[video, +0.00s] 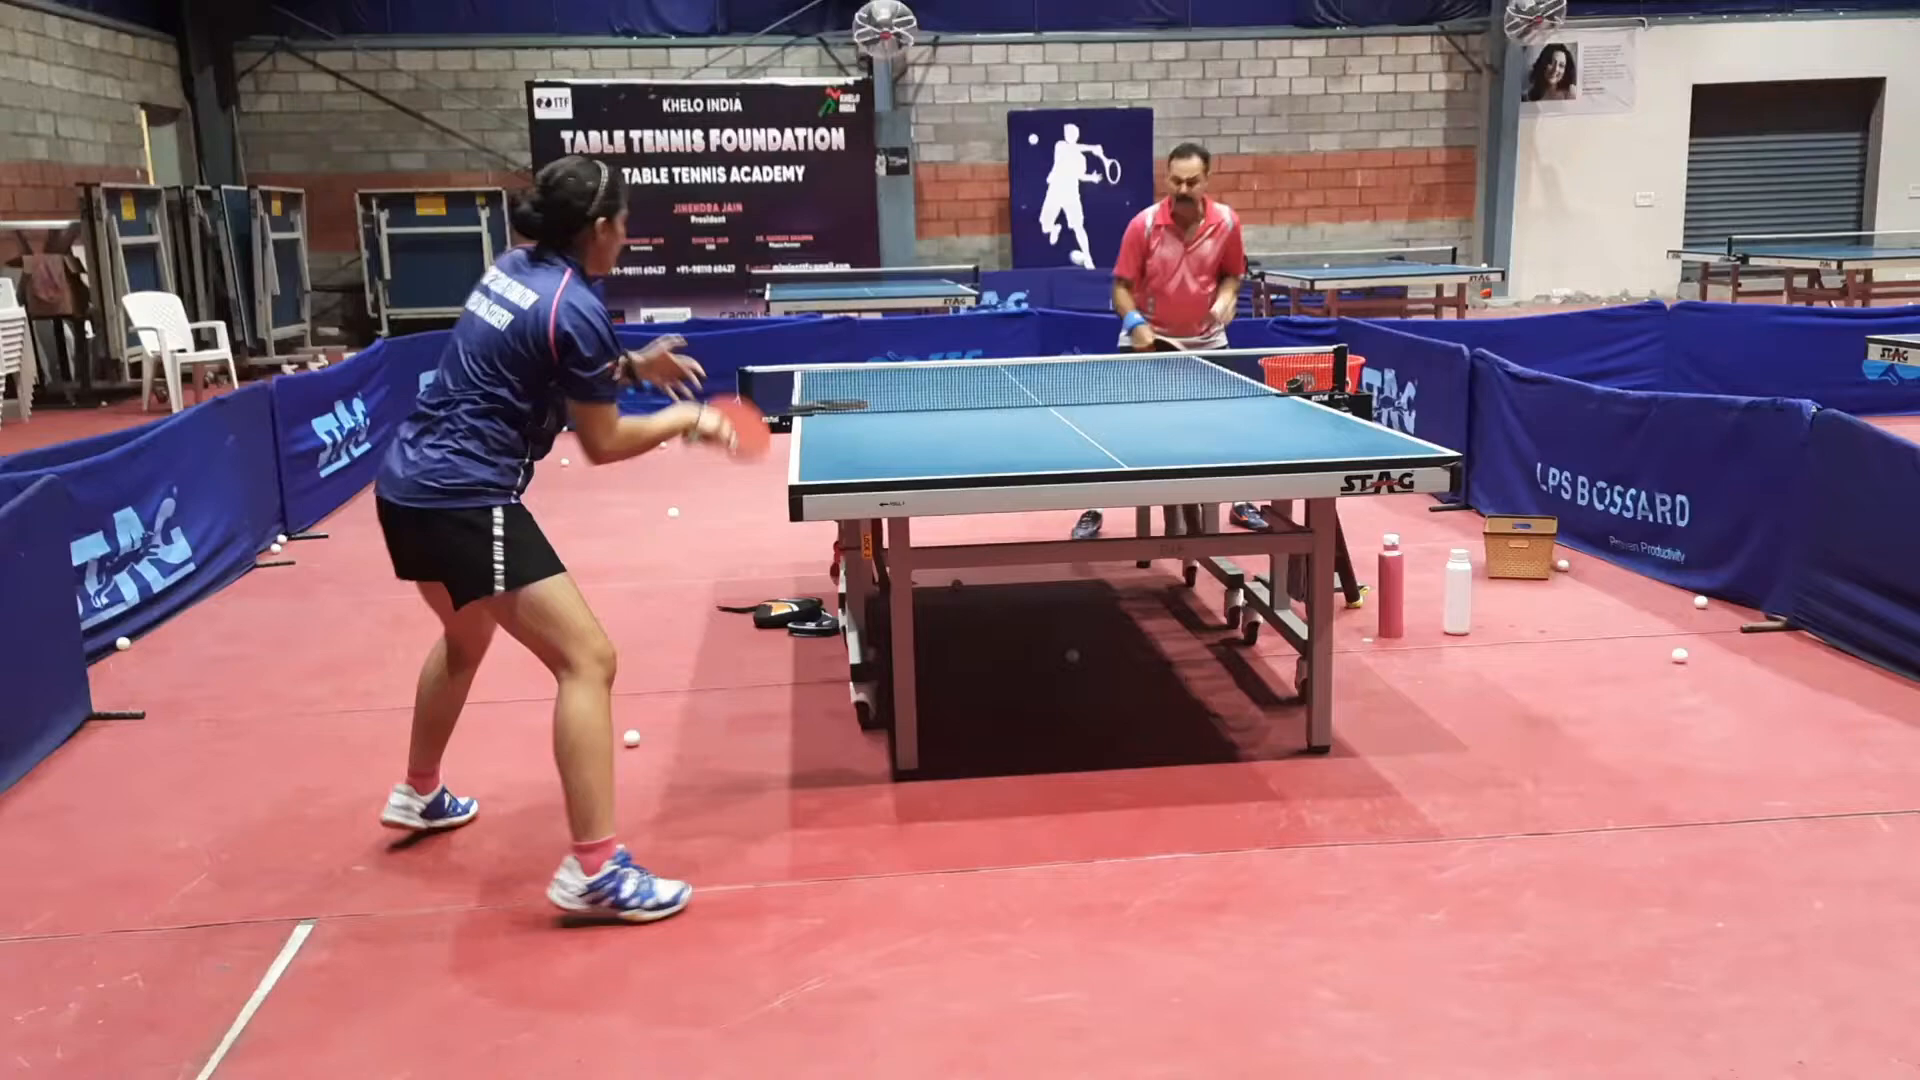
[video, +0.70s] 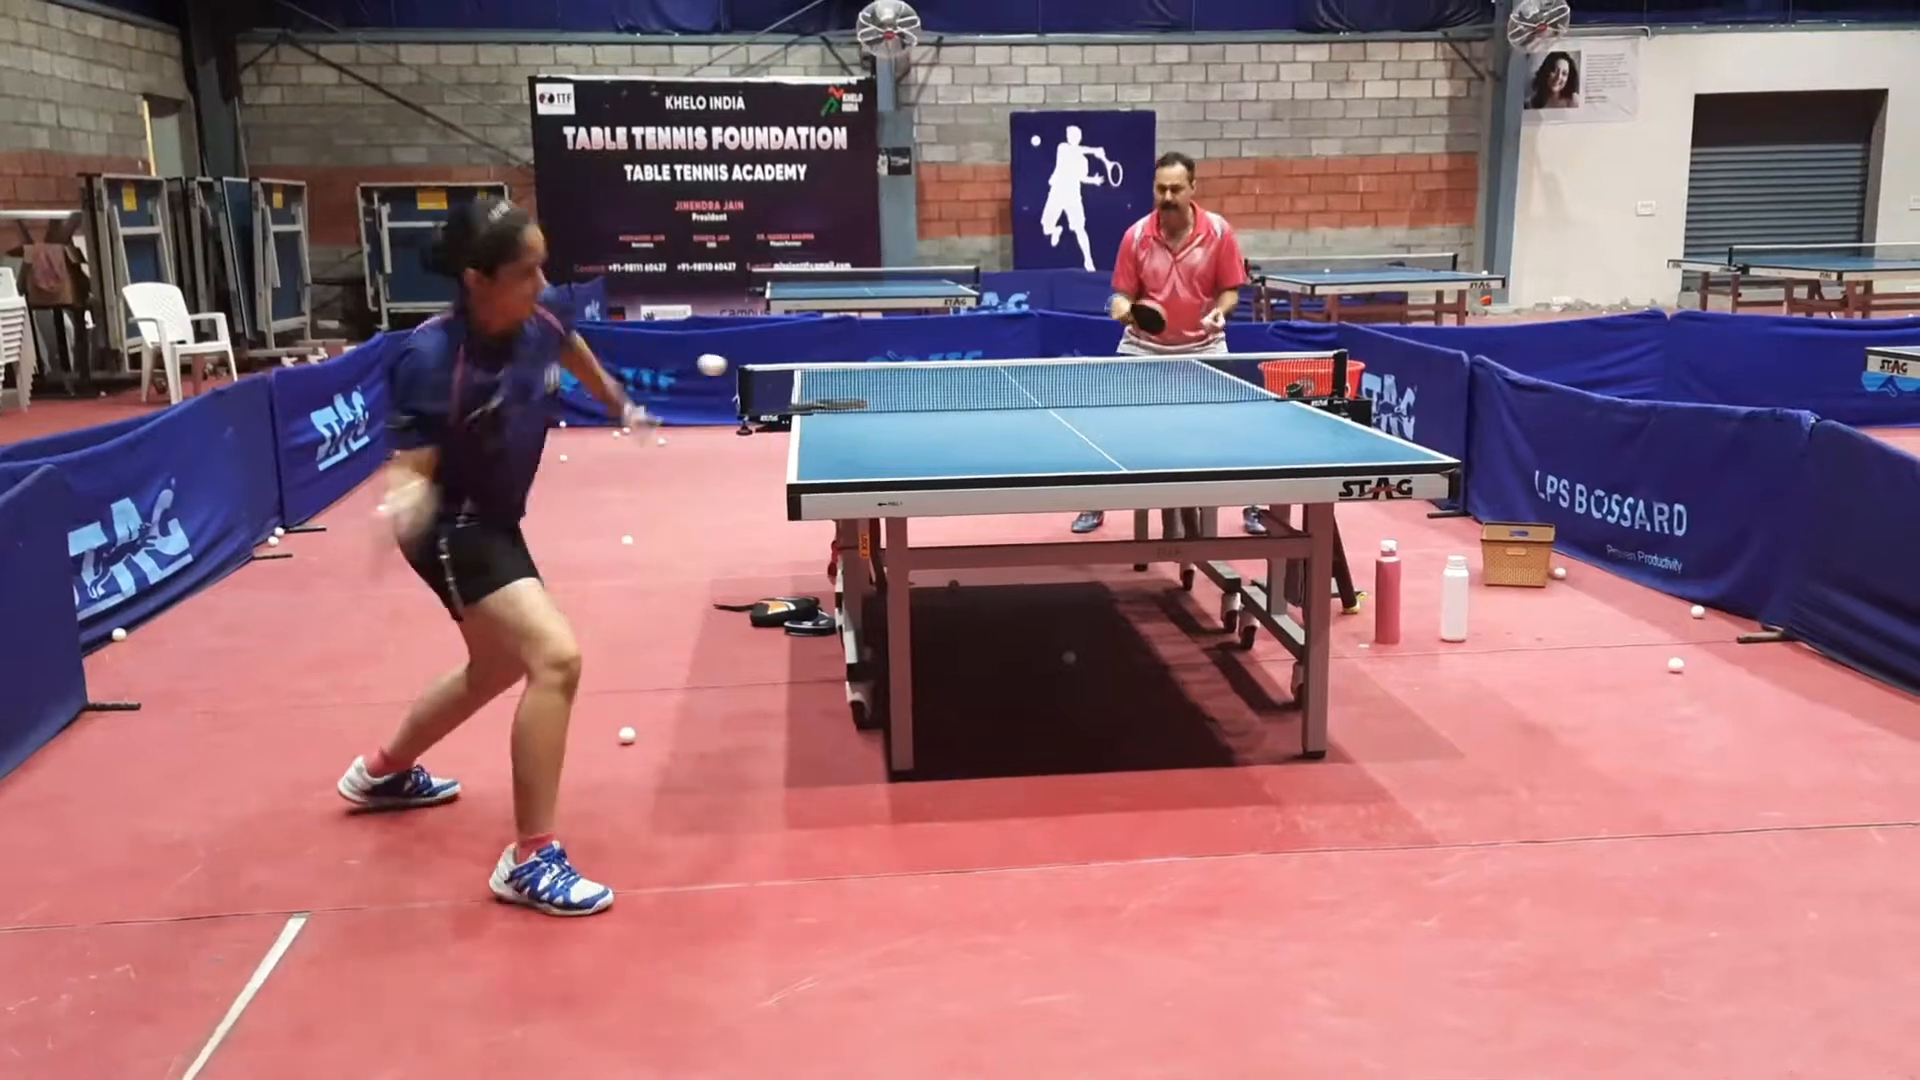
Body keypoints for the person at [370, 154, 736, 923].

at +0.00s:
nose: (625, 234)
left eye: (623, 220)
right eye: (620, 221)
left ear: (555, 221)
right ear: (595, 228)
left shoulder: (513, 264)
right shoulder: (576, 310)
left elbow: (542, 364)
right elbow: (604, 440)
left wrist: (633, 363)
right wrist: (687, 421)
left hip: (408, 486)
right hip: (469, 498)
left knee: (466, 637)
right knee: (588, 661)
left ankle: (416, 793)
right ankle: (596, 866)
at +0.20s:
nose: (645, 265)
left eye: (643, 252)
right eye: (640, 253)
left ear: (581, 259)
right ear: (613, 265)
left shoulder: (556, 308)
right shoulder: (560, 345)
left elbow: (582, 405)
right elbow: (530, 475)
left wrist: (659, 445)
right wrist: (630, 502)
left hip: (435, 505)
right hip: (459, 518)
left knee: (494, 644)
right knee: (588, 672)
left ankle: (400, 774)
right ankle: (569, 871)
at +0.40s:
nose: (630, 299)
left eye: (628, 287)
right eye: (624, 287)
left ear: (579, 291)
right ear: (589, 293)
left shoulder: (587, 351)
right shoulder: (493, 367)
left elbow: (610, 432)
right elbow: (427, 477)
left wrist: (643, 482)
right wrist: (527, 537)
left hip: (485, 518)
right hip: (434, 522)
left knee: (501, 657)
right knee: (552, 660)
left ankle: (395, 774)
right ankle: (569, 866)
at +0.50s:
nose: (608, 300)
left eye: (608, 287)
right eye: (600, 287)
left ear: (562, 293)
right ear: (558, 293)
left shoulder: (581, 352)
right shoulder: (454, 360)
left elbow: (623, 431)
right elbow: (386, 457)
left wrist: (653, 521)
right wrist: (472, 518)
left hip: (496, 512)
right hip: (424, 515)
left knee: (499, 655)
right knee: (531, 655)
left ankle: (392, 765)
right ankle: (531, 857)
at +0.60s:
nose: (575, 309)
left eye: (575, 296)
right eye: (566, 297)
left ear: (533, 300)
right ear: (518, 301)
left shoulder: (565, 357)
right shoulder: (427, 364)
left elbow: (613, 423)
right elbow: (363, 452)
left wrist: (646, 496)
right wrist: (394, 502)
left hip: (509, 531)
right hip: (442, 534)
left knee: (503, 672)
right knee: (535, 659)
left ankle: (391, 760)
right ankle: (530, 859)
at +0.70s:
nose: (542, 286)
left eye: (541, 272)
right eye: (531, 275)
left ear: (492, 277)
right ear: (480, 281)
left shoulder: (534, 324)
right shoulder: (431, 356)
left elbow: (568, 346)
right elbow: (410, 467)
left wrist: (616, 399)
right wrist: (406, 497)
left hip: (495, 519)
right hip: (446, 522)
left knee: (492, 671)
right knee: (556, 661)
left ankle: (382, 773)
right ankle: (531, 858)